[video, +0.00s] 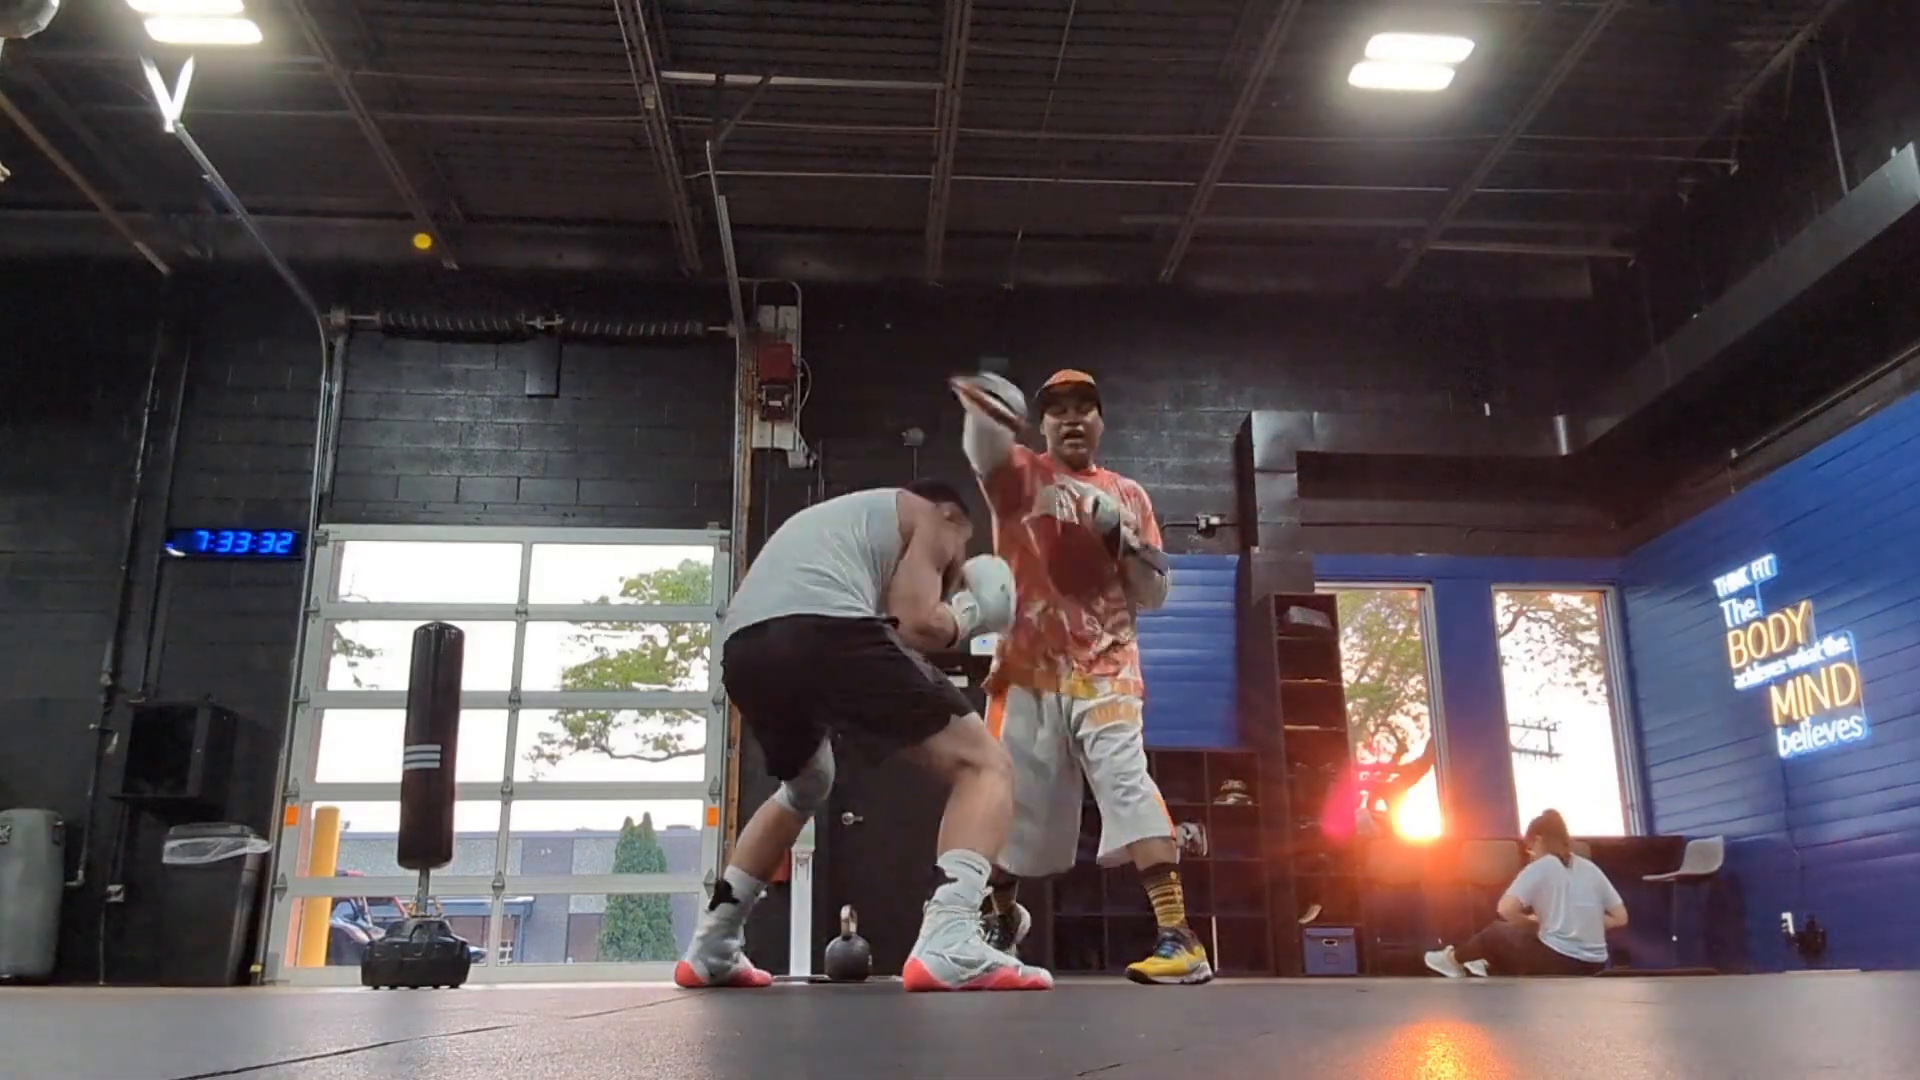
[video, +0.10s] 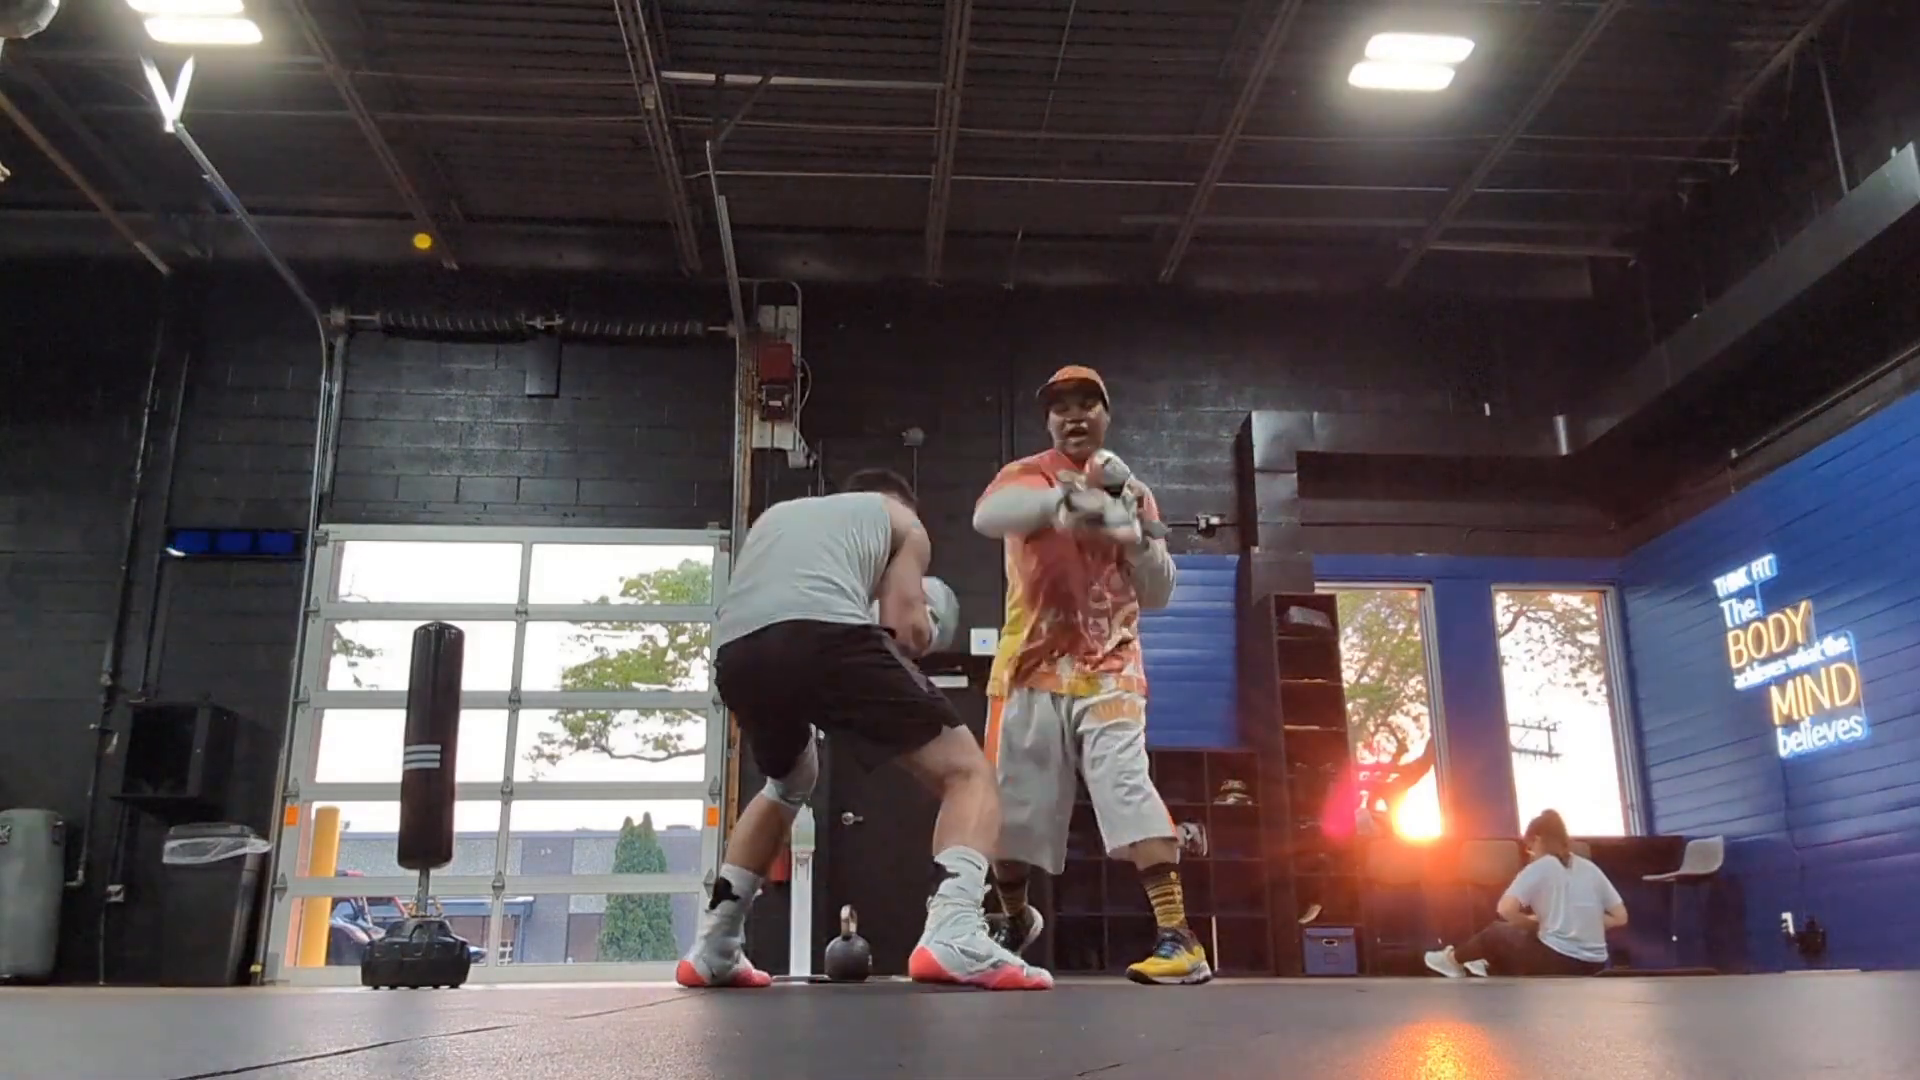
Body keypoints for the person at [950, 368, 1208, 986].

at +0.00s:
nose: (1072, 420)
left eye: (1083, 410)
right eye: (1059, 411)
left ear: (1100, 420)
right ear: (1040, 424)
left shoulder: (1126, 494)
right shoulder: (1019, 480)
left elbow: (1154, 594)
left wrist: (1122, 537)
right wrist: (988, 415)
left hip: (1104, 663)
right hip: (1029, 662)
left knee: (1122, 775)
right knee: (1020, 796)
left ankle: (1178, 938)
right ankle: (996, 926)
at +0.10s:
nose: (1074, 415)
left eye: (1086, 404)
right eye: (1062, 406)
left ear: (1106, 413)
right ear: (1047, 417)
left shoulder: (1133, 493)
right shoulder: (1026, 474)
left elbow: (1157, 594)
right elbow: (988, 515)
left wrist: (1135, 535)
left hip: (1109, 664)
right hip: (1029, 664)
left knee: (1123, 783)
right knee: (1016, 799)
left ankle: (1177, 939)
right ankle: (1012, 923)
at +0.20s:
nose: (1057, 417)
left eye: (1070, 405)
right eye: (1047, 409)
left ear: (1098, 414)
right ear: (1037, 422)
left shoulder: (1131, 491)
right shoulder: (1016, 492)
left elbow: (1165, 577)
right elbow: (965, 582)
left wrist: (1144, 497)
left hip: (1111, 673)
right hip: (1031, 676)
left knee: (1129, 787)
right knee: (1008, 804)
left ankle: (1178, 940)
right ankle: (1026, 927)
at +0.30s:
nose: (1013, 427)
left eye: (1027, 413)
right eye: (1008, 418)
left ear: (1066, 420)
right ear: (1005, 431)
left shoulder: (1103, 484)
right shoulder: (993, 505)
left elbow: (1146, 550)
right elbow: (962, 585)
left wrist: (1121, 467)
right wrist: (984, 620)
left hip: (1104, 667)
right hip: (1028, 673)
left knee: (1126, 789)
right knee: (1007, 803)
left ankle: (1178, 941)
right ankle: (1046, 933)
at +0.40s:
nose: (975, 446)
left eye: (984, 433)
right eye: (971, 436)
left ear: (1018, 430)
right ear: (979, 442)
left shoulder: (1069, 479)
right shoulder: (987, 522)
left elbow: (1067, 529)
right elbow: (991, 611)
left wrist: (1033, 465)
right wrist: (955, 588)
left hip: (1090, 680)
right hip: (1024, 690)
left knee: (1120, 801)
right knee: (1012, 817)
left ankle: (1173, 940)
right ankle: (1056, 946)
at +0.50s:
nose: (950, 451)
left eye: (961, 436)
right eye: (948, 440)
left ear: (1002, 438)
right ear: (971, 448)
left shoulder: (1033, 480)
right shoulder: (983, 521)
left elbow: (1011, 534)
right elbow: (984, 615)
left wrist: (945, 479)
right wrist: (938, 574)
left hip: (1051, 661)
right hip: (1007, 676)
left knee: (1069, 788)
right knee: (1019, 814)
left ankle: (1150, 921)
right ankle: (1058, 947)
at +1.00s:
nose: (850, 422)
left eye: (861, 412)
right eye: (849, 415)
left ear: (900, 417)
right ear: (886, 422)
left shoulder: (909, 460)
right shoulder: (884, 475)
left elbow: (879, 479)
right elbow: (890, 576)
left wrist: (813, 454)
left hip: (909, 661)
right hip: (865, 664)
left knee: (915, 808)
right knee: (814, 793)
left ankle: (977, 943)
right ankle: (814, 928)